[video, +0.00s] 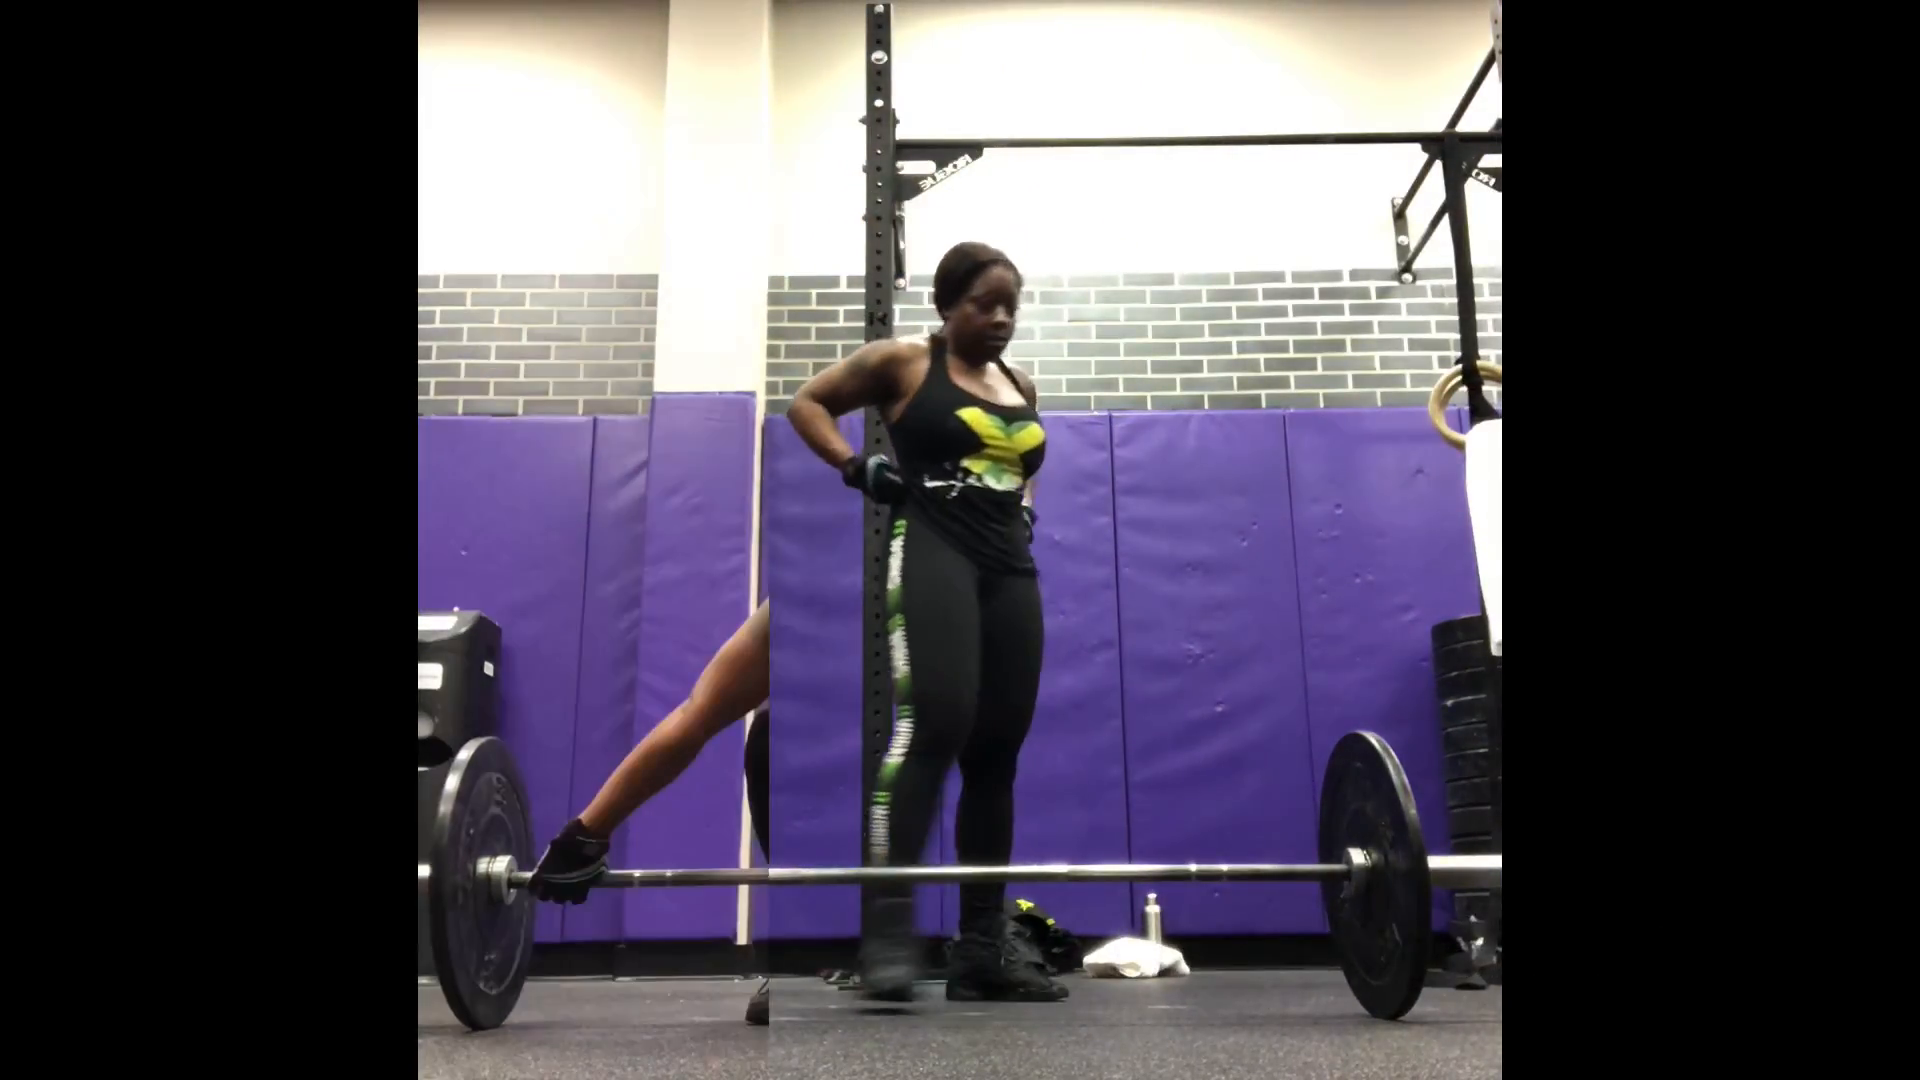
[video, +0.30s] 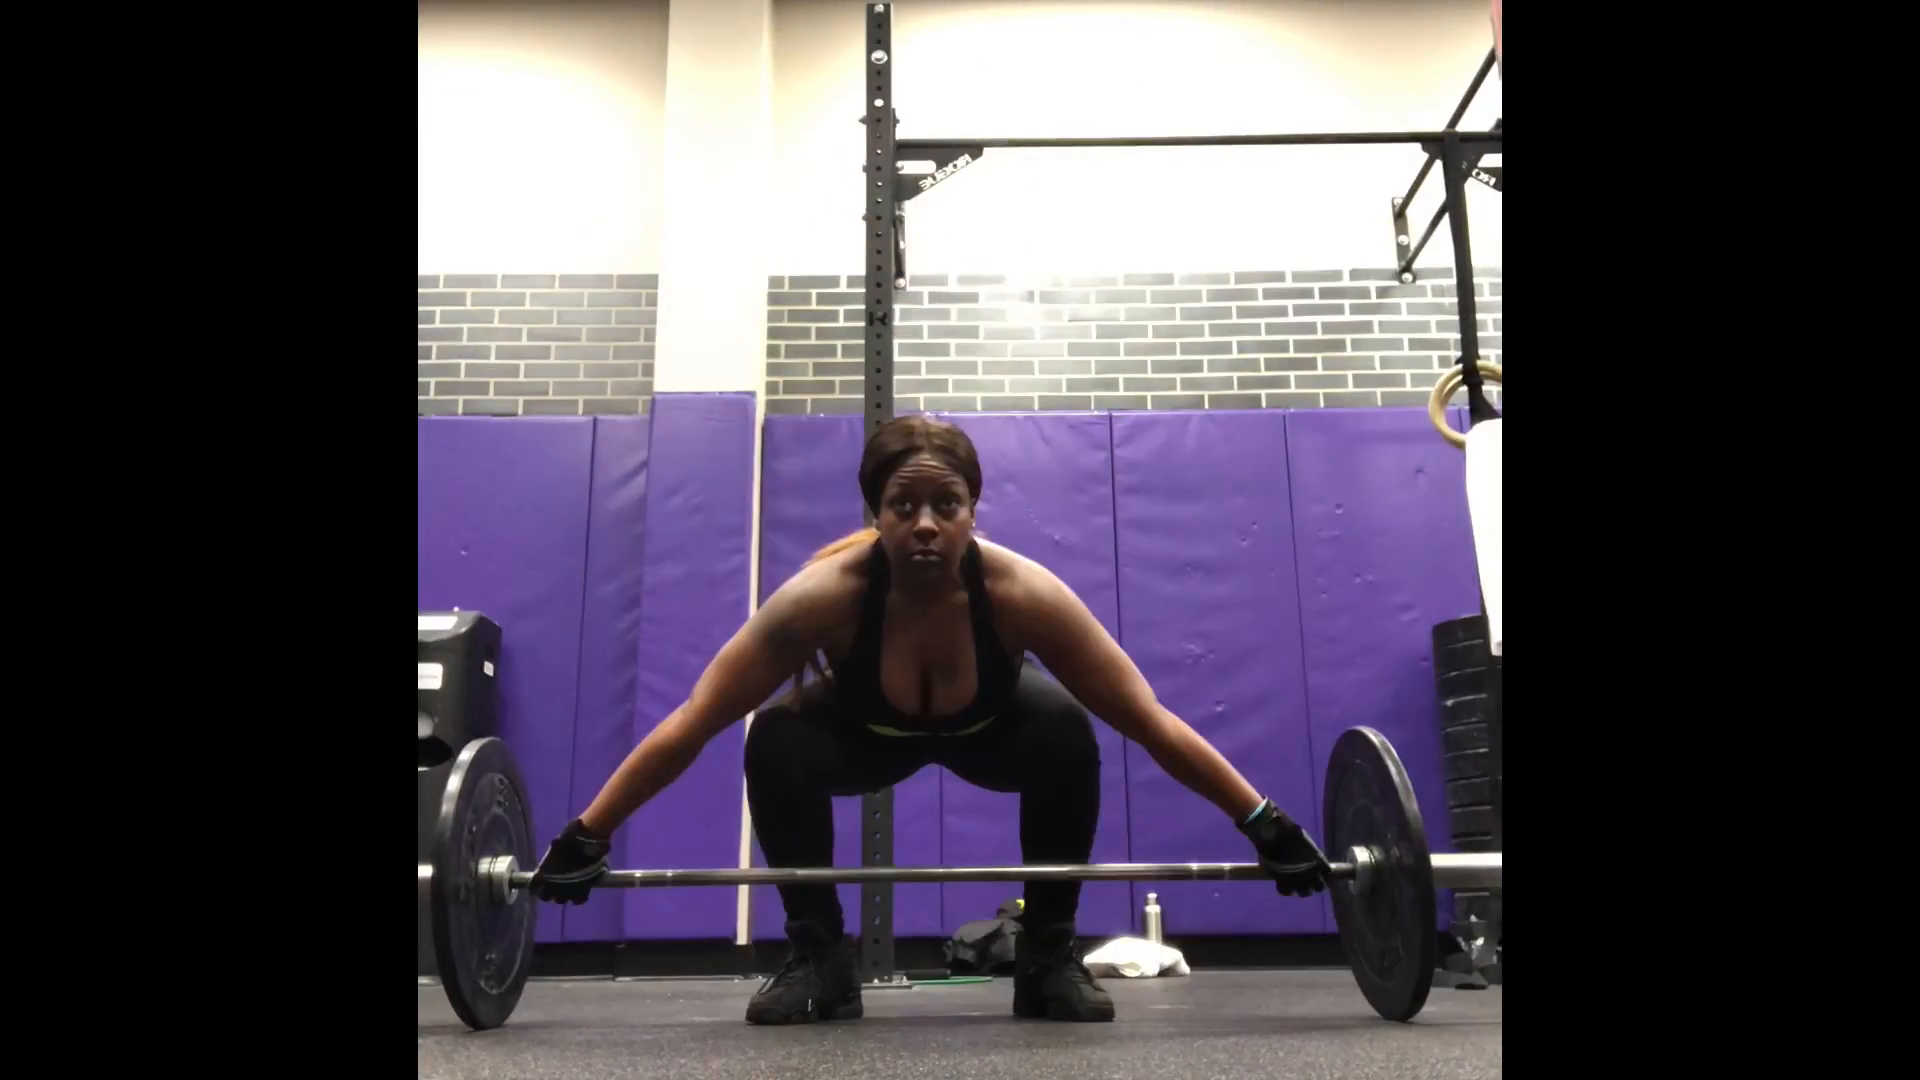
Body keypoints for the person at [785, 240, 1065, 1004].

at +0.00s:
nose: (1002, 318)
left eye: (1011, 306)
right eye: (987, 304)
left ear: (1017, 311)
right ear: (947, 305)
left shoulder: (1015, 379)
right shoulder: (901, 363)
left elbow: (1023, 453)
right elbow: (805, 404)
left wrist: (1020, 495)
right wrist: (850, 462)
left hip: (1009, 561)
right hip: (928, 549)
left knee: (994, 754)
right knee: (930, 728)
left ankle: (982, 948)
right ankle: (886, 941)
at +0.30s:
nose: (927, 522)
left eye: (944, 503)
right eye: (907, 505)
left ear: (972, 510)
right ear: (877, 513)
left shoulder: (1024, 593)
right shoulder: (823, 594)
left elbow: (1150, 723)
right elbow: (697, 722)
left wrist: (1263, 821)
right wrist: (585, 833)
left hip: (985, 730)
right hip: (867, 734)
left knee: (1066, 737)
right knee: (777, 746)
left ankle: (1049, 961)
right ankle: (819, 962)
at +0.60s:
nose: (928, 522)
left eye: (945, 503)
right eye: (908, 505)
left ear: (973, 510)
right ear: (877, 514)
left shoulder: (1025, 594)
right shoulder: (823, 595)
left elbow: (1151, 724)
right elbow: (698, 722)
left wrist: (1264, 822)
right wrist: (585, 834)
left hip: (985, 731)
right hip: (866, 735)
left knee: (1065, 735)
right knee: (777, 746)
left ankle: (1049, 962)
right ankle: (819, 961)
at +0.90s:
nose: (928, 523)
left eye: (945, 504)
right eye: (908, 506)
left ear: (973, 510)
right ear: (877, 515)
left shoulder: (1025, 595)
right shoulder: (822, 595)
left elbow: (1150, 724)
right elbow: (697, 723)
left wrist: (1263, 821)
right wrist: (585, 834)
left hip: (984, 732)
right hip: (864, 735)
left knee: (1065, 734)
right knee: (776, 746)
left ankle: (1049, 962)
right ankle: (820, 960)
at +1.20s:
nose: (926, 526)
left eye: (944, 507)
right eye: (906, 509)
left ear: (973, 514)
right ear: (876, 518)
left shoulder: (1024, 596)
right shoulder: (822, 597)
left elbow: (1151, 725)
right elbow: (697, 722)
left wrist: (1263, 821)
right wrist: (586, 834)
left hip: (985, 729)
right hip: (866, 733)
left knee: (1065, 735)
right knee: (777, 746)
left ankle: (1049, 962)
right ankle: (820, 961)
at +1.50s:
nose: (927, 526)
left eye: (945, 507)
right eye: (907, 509)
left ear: (973, 514)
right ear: (877, 518)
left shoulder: (1023, 596)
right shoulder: (823, 596)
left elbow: (1152, 725)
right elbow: (696, 721)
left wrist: (1263, 820)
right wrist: (588, 834)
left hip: (985, 730)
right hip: (867, 733)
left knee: (1065, 734)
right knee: (777, 745)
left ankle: (1049, 963)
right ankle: (820, 961)